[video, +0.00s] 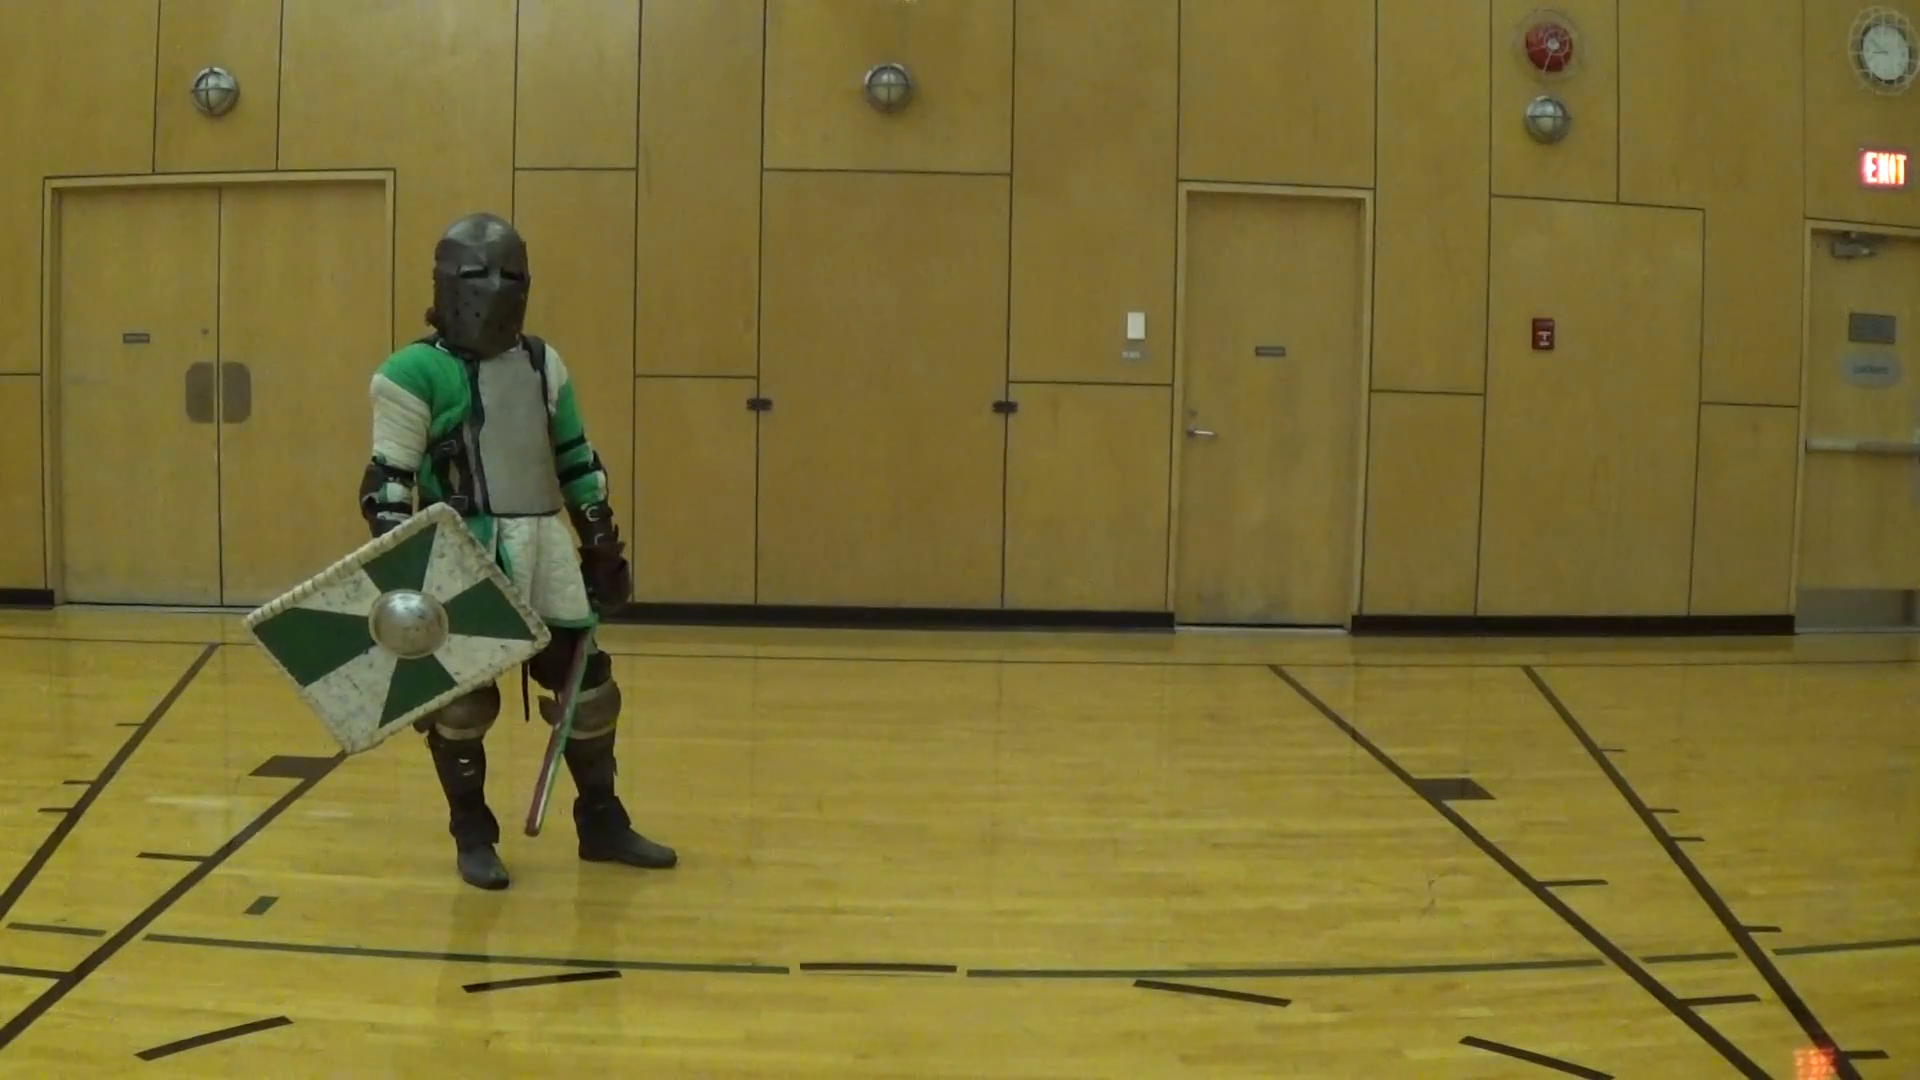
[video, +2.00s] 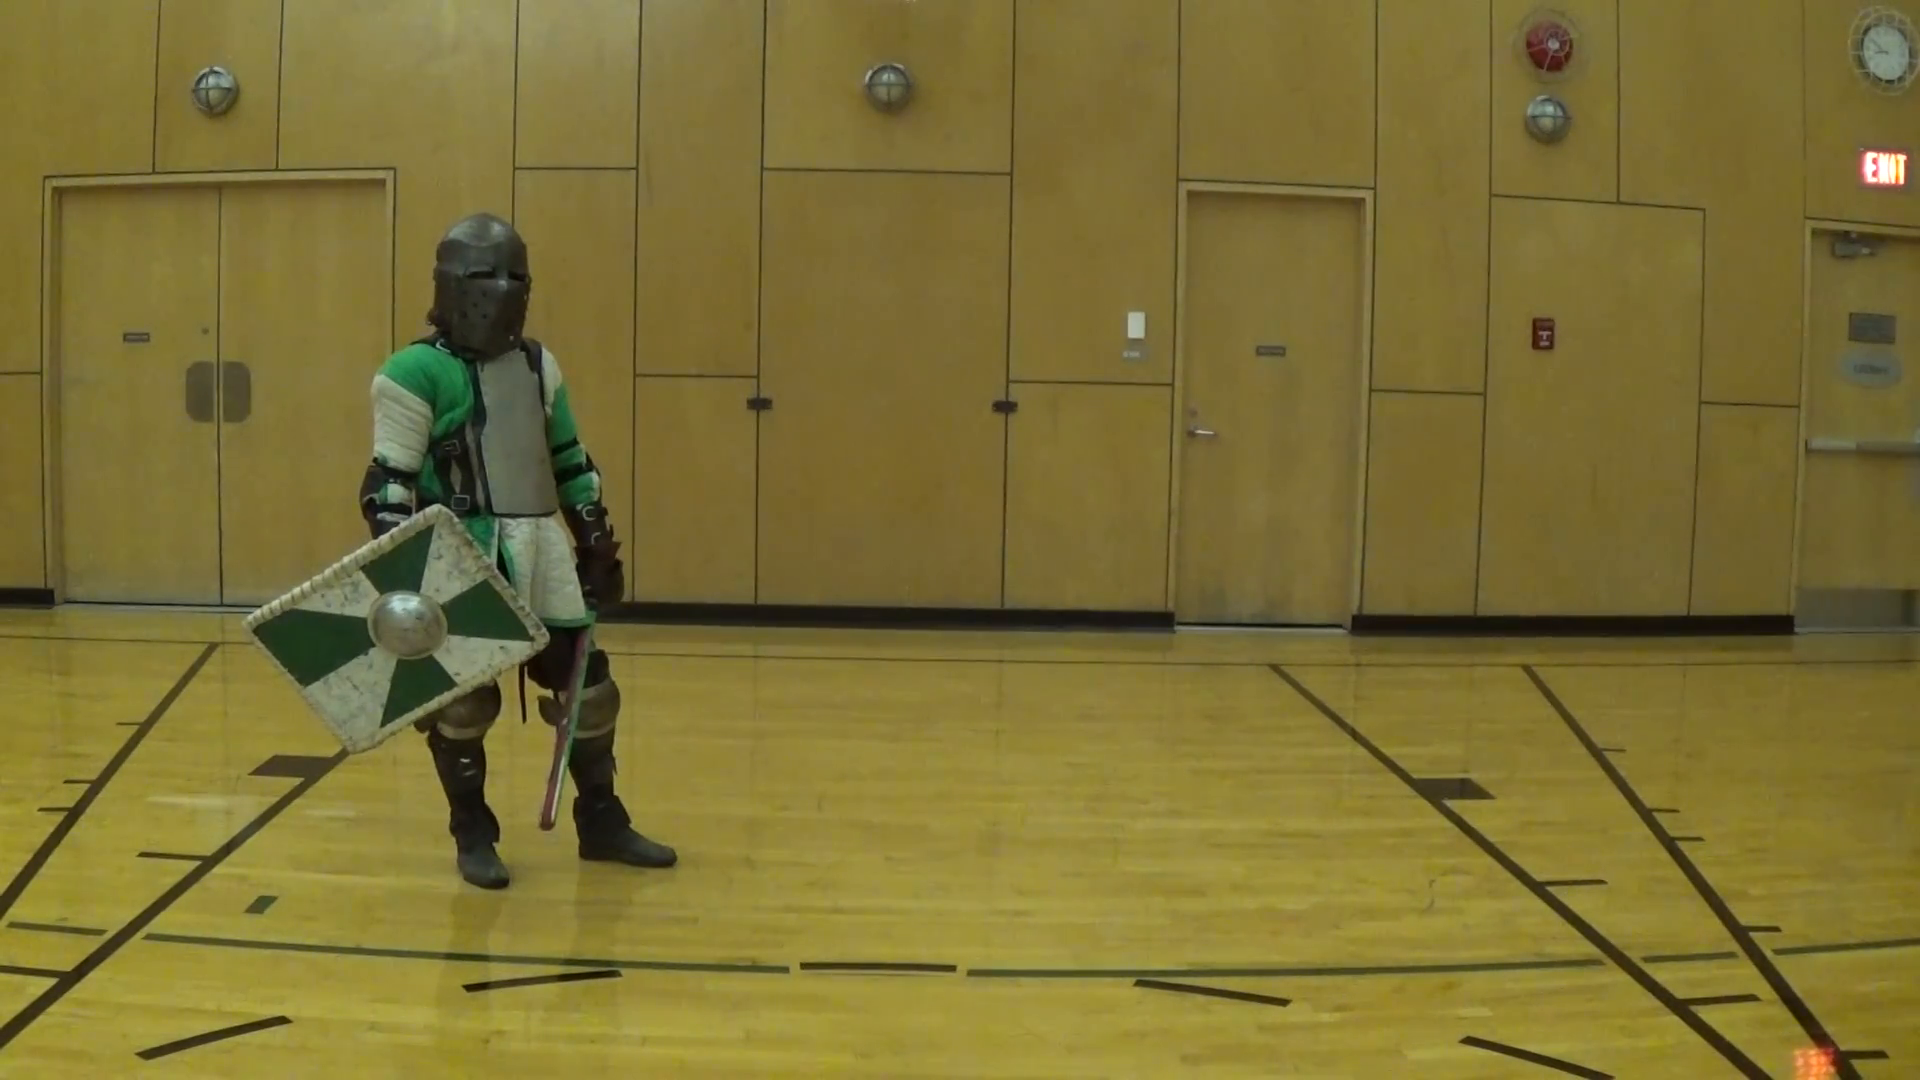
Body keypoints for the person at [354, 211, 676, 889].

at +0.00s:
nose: (487, 291)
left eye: (503, 276)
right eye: (472, 275)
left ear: (522, 287)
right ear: (442, 282)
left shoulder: (543, 365)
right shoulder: (413, 374)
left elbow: (579, 465)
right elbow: (387, 490)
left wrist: (603, 550)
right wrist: (415, 576)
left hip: (547, 545)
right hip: (459, 557)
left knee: (588, 681)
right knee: (463, 698)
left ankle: (602, 822)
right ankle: (473, 835)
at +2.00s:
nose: (502, 290)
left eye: (512, 276)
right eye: (485, 276)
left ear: (524, 286)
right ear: (448, 283)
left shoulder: (539, 367)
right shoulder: (414, 375)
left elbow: (572, 466)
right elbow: (389, 490)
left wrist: (599, 545)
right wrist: (411, 580)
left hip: (544, 545)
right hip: (457, 556)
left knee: (588, 682)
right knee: (464, 699)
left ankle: (601, 822)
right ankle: (473, 834)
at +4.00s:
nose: (500, 291)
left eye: (510, 278)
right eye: (485, 278)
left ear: (524, 284)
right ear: (451, 283)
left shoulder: (537, 362)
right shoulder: (419, 372)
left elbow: (565, 460)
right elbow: (390, 487)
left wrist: (590, 536)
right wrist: (419, 573)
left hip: (544, 545)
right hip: (461, 556)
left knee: (582, 684)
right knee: (465, 697)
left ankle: (601, 820)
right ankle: (473, 834)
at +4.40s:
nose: (498, 292)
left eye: (507, 277)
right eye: (482, 279)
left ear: (518, 282)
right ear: (443, 284)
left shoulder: (530, 357)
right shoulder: (416, 372)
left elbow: (558, 454)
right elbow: (385, 479)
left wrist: (578, 533)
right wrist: (436, 521)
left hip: (536, 553)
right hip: (454, 568)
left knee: (568, 676)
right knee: (463, 698)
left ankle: (588, 814)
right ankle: (474, 835)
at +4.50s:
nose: (491, 291)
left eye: (503, 276)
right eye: (472, 278)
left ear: (518, 282)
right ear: (435, 284)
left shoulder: (529, 357)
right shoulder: (415, 371)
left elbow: (549, 458)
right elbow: (397, 480)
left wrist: (579, 541)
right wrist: (468, 511)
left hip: (532, 555)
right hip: (449, 566)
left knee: (568, 670)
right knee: (462, 689)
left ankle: (556, 808)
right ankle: (474, 831)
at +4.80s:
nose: (487, 290)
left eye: (502, 275)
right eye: (473, 275)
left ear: (519, 280)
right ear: (443, 278)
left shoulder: (525, 359)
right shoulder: (427, 360)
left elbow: (552, 476)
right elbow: (483, 434)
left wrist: (574, 579)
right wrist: (544, 390)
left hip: (536, 537)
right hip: (468, 540)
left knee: (538, 676)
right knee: (473, 684)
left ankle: (504, 803)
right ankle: (473, 830)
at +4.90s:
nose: (494, 289)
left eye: (507, 275)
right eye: (481, 274)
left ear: (522, 279)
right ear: (448, 277)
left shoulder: (526, 353)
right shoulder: (432, 361)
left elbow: (569, 436)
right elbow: (491, 430)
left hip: (539, 532)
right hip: (473, 536)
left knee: (538, 678)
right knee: (480, 684)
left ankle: (504, 802)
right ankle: (474, 832)